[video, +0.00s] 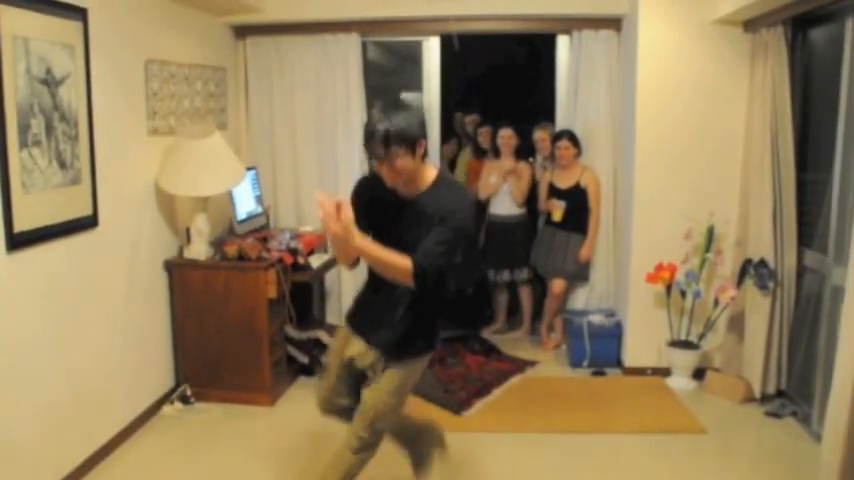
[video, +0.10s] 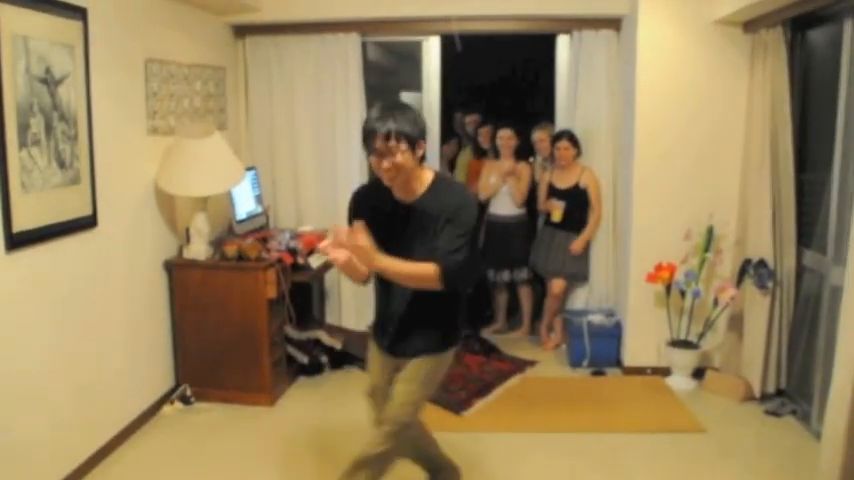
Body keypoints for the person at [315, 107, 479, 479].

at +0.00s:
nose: (384, 170)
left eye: (392, 160)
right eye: (378, 161)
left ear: (419, 149)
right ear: (371, 157)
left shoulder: (457, 206)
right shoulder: (371, 189)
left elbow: (420, 275)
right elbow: (350, 259)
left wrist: (354, 239)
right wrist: (339, 228)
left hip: (409, 339)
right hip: (365, 318)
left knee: (364, 433)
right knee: (333, 400)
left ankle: (330, 475)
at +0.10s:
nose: (382, 166)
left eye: (391, 154)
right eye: (375, 156)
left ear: (418, 149)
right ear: (368, 155)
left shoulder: (458, 204)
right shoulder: (369, 199)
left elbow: (447, 275)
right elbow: (363, 272)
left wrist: (375, 259)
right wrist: (344, 256)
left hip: (435, 335)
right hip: (388, 329)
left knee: (396, 421)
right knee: (384, 410)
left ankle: (357, 473)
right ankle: (443, 470)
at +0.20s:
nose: (393, 151)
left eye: (401, 139)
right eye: (385, 142)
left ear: (423, 140)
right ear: (375, 147)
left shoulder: (460, 190)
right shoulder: (372, 199)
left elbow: (465, 260)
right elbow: (382, 270)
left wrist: (424, 241)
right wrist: (356, 252)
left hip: (453, 316)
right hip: (402, 320)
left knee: (435, 407)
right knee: (409, 413)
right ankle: (449, 469)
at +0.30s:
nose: (412, 131)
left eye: (418, 118)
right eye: (399, 124)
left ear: (433, 121)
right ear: (385, 134)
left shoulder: (462, 168)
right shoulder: (376, 189)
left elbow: (485, 243)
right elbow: (404, 260)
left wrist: (476, 213)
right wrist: (378, 244)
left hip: (466, 293)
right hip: (416, 303)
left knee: (467, 375)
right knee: (430, 406)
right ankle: (448, 467)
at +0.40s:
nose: (442, 128)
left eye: (447, 116)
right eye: (431, 119)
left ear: (456, 112)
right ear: (406, 122)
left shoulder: (481, 155)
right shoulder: (391, 175)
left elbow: (508, 232)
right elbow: (427, 253)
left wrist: (501, 214)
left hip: (482, 283)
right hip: (433, 297)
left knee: (520, 370)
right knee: (476, 404)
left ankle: (480, 421)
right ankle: (492, 472)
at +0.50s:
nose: (459, 157)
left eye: (465, 144)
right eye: (447, 147)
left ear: (472, 135)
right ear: (422, 142)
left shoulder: (486, 172)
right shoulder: (405, 195)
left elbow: (512, 251)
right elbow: (449, 269)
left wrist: (521, 226)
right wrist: (496, 225)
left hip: (496, 311)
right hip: (449, 327)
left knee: (545, 383)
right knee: (499, 418)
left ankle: (456, 420)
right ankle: (529, 476)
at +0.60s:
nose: (472, 171)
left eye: (478, 161)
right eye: (461, 163)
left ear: (486, 154)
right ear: (437, 155)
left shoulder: (492, 188)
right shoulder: (415, 204)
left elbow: (523, 262)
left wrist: (546, 245)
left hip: (494, 324)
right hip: (447, 334)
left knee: (514, 415)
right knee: (503, 427)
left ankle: (428, 466)